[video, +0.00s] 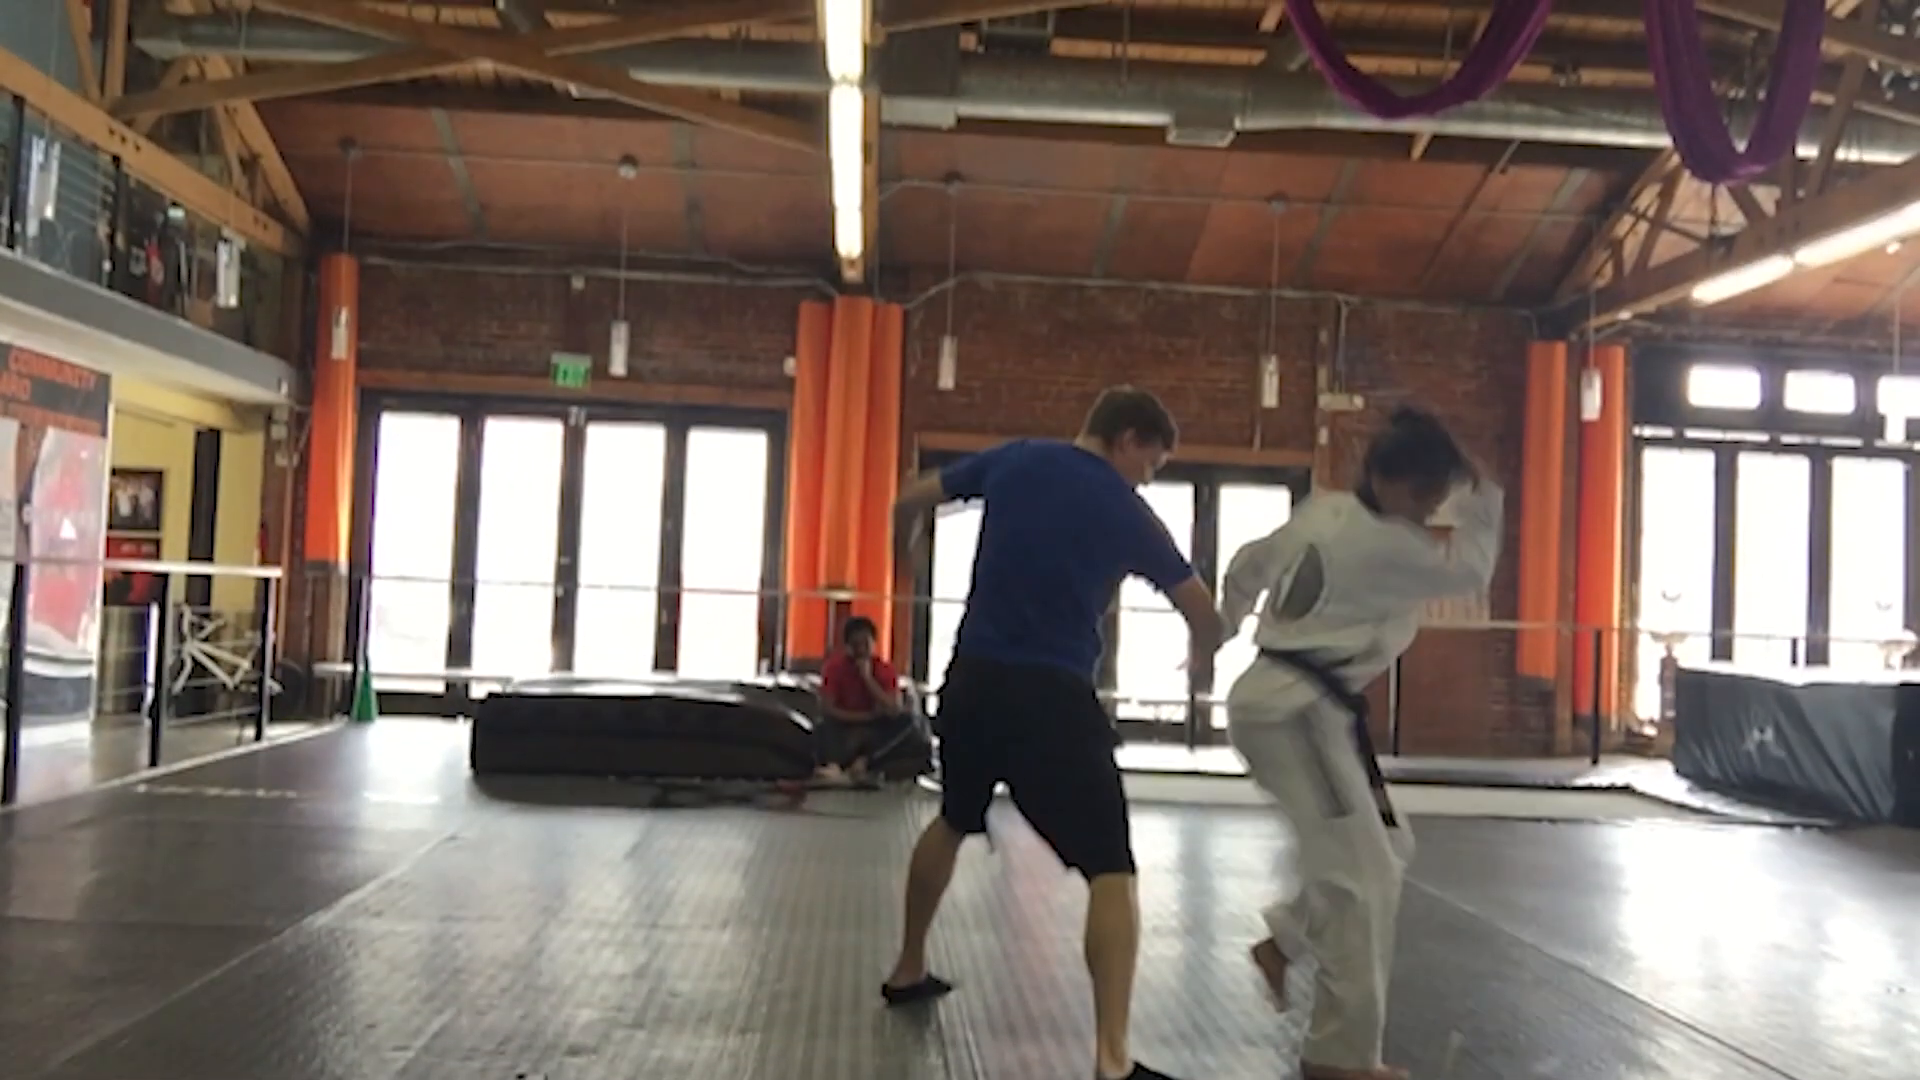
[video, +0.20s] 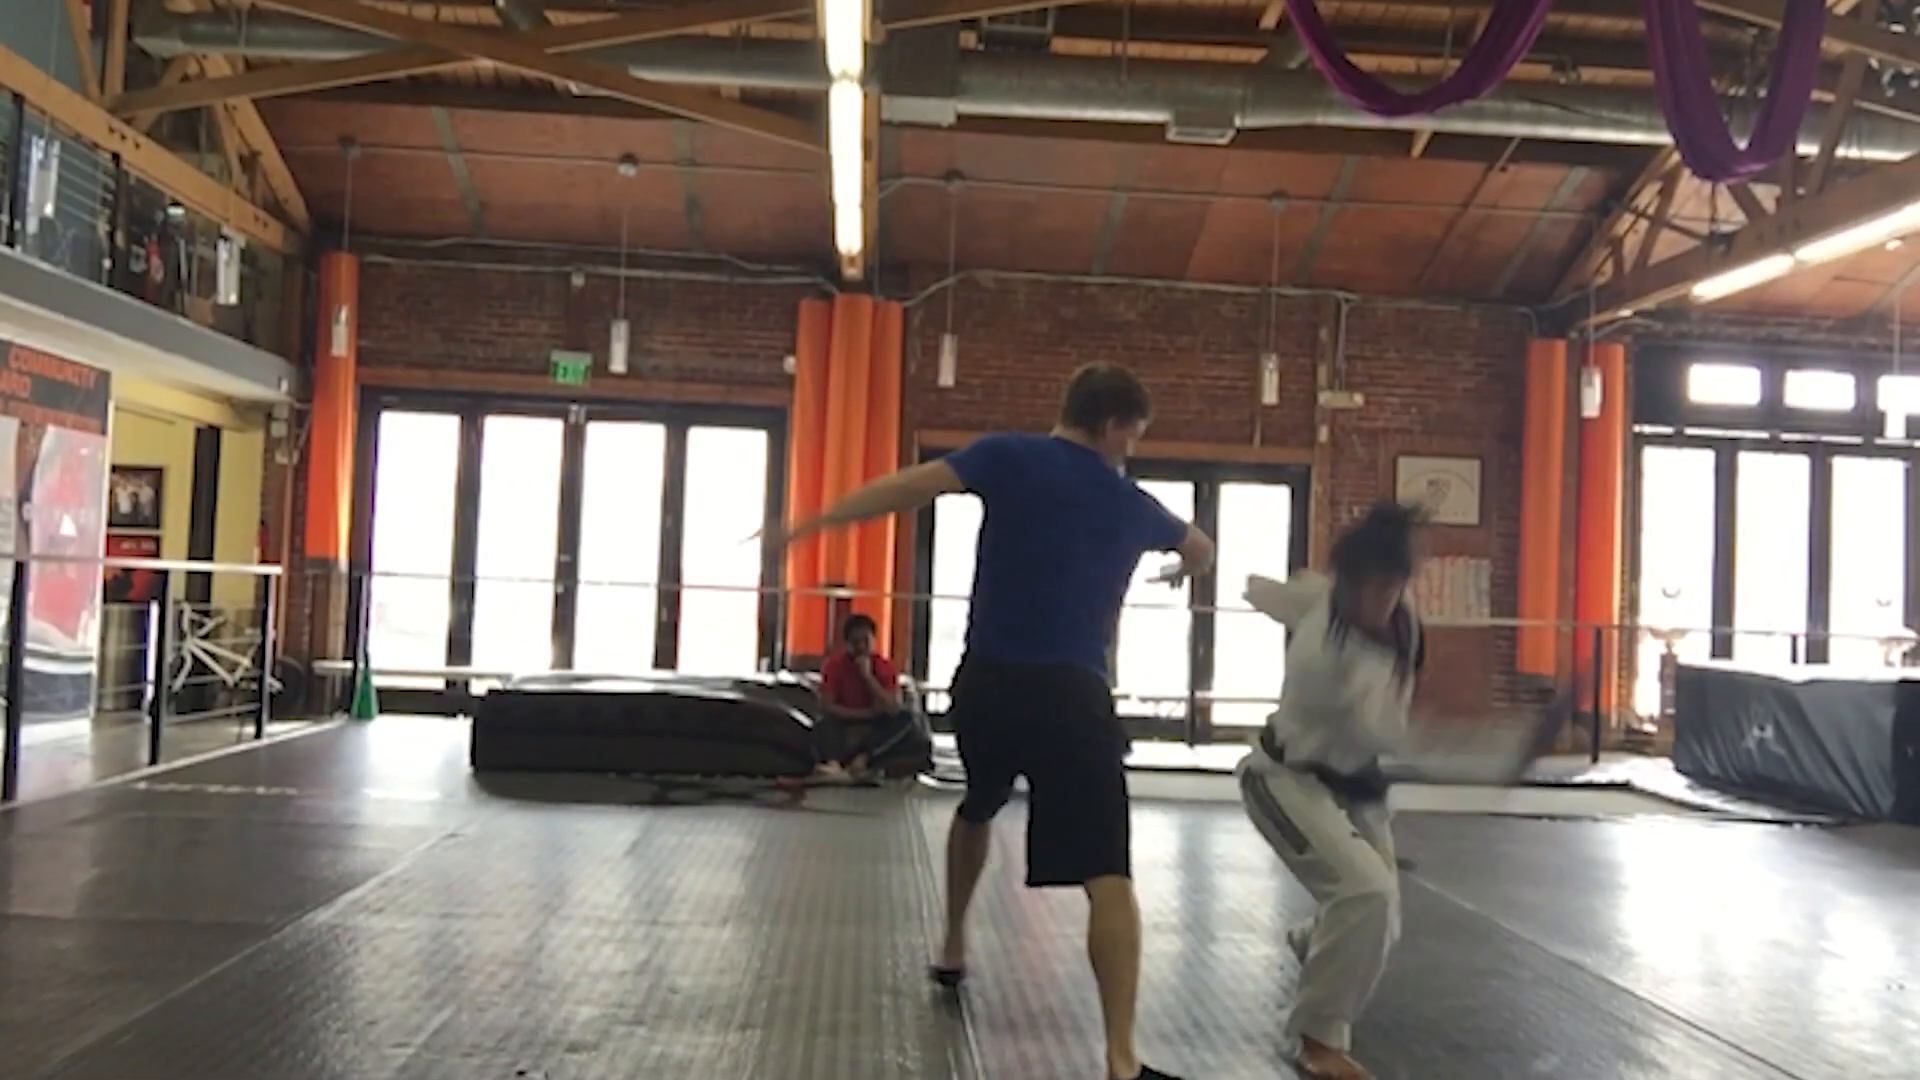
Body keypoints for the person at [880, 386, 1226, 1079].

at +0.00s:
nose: (1146, 481)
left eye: (1153, 470)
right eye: (1150, 466)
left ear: (1094, 430)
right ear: (1126, 440)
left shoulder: (1014, 457)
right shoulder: (1122, 506)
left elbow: (908, 500)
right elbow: (1204, 614)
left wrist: (903, 568)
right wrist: (1202, 660)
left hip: (971, 688)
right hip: (1056, 702)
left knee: (952, 818)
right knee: (1111, 872)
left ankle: (906, 969)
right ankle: (1113, 1060)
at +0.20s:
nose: (1134, 446)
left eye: (1137, 435)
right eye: (1136, 434)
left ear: (1066, 415)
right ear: (1118, 428)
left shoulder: (1007, 455)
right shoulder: (1128, 501)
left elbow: (903, 488)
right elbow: (1203, 547)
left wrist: (803, 523)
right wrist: (1194, 571)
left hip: (986, 686)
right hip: (1074, 698)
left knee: (977, 804)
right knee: (1108, 879)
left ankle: (951, 951)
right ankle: (1123, 1062)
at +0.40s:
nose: (1101, 459)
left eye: (1103, 450)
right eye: (1103, 449)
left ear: (1037, 421)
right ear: (1088, 446)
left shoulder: (993, 468)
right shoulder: (1085, 517)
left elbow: (946, 497)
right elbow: (1139, 572)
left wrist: (875, 531)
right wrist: (1124, 554)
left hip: (970, 697)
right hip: (1052, 706)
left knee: (965, 827)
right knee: (1106, 875)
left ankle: (972, 977)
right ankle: (1124, 1003)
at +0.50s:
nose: (1076, 443)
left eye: (1078, 434)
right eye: (1079, 433)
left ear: (1009, 412)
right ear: (1067, 427)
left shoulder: (950, 471)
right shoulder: (1084, 503)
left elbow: (896, 560)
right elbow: (1101, 600)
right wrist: (1044, 573)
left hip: (962, 693)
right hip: (1048, 699)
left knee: (965, 826)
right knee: (1082, 836)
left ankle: (970, 970)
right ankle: (1098, 963)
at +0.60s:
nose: (1058, 442)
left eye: (1058, 432)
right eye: (1057, 430)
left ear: (994, 412)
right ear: (1038, 418)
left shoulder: (937, 477)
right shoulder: (1066, 478)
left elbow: (895, 582)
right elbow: (1081, 560)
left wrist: (870, 639)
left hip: (965, 677)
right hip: (1049, 676)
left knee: (962, 815)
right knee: (1078, 762)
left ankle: (970, 956)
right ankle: (1083, 869)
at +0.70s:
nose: (1040, 443)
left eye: (1038, 435)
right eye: (1039, 434)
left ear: (970, 432)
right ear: (1026, 431)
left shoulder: (927, 496)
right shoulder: (1049, 481)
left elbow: (916, 498)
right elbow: (1075, 473)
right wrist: (1040, 458)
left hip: (964, 693)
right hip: (1045, 690)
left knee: (969, 823)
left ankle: (972, 959)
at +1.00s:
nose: (1009, 492)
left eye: (1001, 487)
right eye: (1001, 490)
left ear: (935, 526)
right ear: (991, 521)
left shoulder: (915, 577)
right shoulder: (1039, 567)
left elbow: (909, 528)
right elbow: (1074, 487)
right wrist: (1030, 414)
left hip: (958, 795)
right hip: (1042, 793)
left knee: (965, 826)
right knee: (1032, 720)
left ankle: (966, 945)